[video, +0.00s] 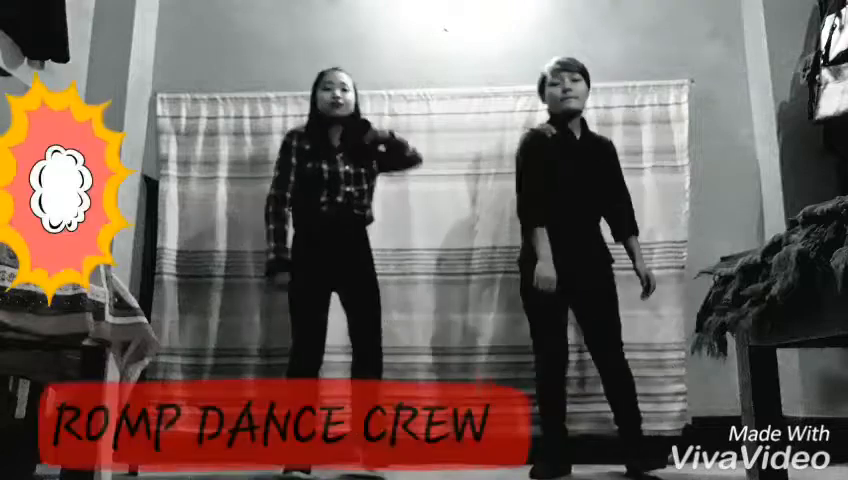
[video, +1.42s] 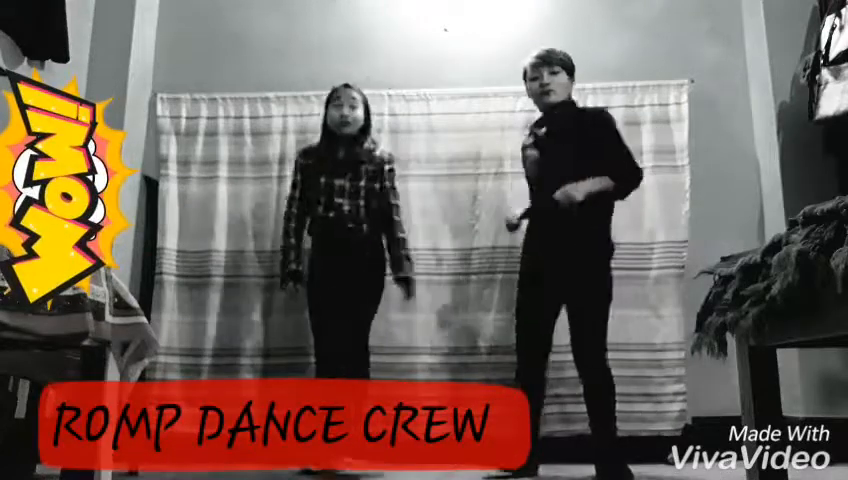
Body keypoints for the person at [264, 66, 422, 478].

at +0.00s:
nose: (337, 94)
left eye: (344, 88)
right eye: (328, 88)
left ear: (355, 98)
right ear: (314, 97)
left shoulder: (365, 141)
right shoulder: (298, 141)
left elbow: (410, 159)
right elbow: (278, 201)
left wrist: (380, 138)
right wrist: (278, 257)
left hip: (353, 253)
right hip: (309, 254)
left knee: (368, 347)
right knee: (307, 350)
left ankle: (369, 440)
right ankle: (297, 446)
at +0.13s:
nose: (337, 99)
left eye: (345, 93)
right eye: (328, 92)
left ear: (355, 103)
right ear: (314, 102)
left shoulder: (372, 153)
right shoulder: (297, 153)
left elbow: (404, 201)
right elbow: (280, 208)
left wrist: (378, 189)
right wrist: (280, 256)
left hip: (359, 263)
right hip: (312, 263)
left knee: (359, 356)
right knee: (307, 355)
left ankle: (361, 448)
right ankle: (296, 447)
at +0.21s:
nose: (345, 100)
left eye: (352, 94)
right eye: (336, 95)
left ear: (363, 104)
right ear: (322, 105)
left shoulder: (380, 153)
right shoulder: (307, 154)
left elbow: (395, 201)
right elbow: (295, 209)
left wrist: (381, 228)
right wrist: (287, 259)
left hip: (365, 261)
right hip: (319, 259)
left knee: (362, 355)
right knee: (312, 352)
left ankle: (362, 444)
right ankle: (300, 443)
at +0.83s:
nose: (354, 106)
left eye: (357, 99)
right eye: (345, 98)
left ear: (357, 107)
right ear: (321, 102)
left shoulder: (365, 157)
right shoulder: (296, 151)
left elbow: (378, 203)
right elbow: (274, 202)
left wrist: (387, 231)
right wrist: (264, 253)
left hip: (354, 260)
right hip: (310, 259)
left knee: (357, 354)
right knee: (292, 351)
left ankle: (363, 446)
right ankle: (266, 443)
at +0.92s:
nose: (367, 104)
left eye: (370, 98)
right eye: (358, 97)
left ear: (374, 107)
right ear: (337, 104)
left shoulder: (384, 151)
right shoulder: (315, 153)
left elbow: (409, 201)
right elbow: (293, 206)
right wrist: (272, 254)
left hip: (367, 265)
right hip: (323, 262)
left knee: (364, 357)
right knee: (300, 351)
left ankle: (368, 448)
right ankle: (280, 443)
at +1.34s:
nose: (344, 116)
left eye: (352, 110)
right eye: (336, 109)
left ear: (365, 118)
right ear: (327, 116)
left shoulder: (379, 160)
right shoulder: (312, 163)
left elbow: (394, 209)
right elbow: (298, 219)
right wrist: (294, 267)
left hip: (365, 267)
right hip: (325, 267)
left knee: (359, 352)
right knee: (325, 353)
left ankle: (367, 430)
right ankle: (328, 432)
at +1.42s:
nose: (345, 111)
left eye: (353, 106)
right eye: (337, 105)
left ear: (365, 115)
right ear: (326, 114)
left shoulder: (378, 160)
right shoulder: (309, 159)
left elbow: (392, 216)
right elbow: (295, 214)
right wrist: (291, 262)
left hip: (365, 265)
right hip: (323, 264)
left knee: (354, 344)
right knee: (326, 345)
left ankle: (357, 420)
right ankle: (328, 420)